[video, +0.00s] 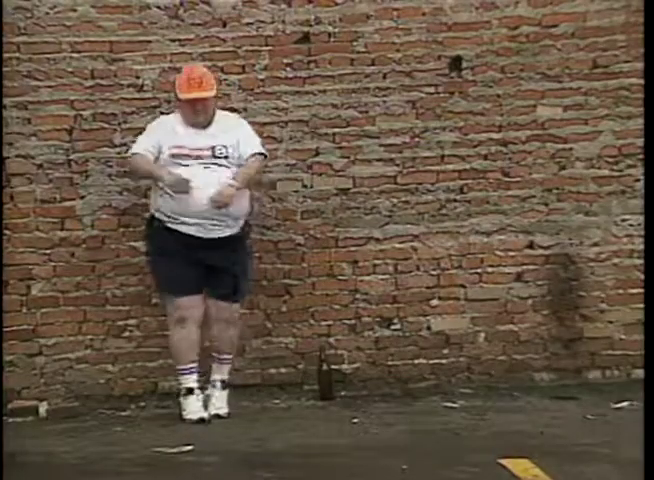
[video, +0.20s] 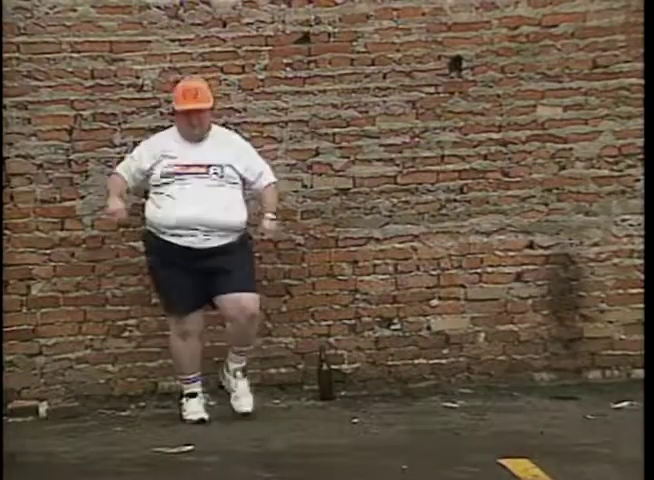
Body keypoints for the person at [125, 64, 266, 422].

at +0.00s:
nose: (198, 107)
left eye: (204, 100)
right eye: (190, 101)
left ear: (215, 97)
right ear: (178, 99)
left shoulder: (235, 126)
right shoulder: (164, 127)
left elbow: (257, 161)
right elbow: (134, 160)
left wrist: (233, 186)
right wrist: (162, 174)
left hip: (226, 236)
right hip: (175, 234)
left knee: (226, 313)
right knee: (184, 312)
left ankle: (219, 386)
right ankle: (190, 390)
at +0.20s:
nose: (195, 120)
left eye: (201, 112)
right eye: (187, 113)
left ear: (211, 110)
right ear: (175, 114)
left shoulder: (233, 145)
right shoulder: (156, 146)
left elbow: (265, 181)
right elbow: (120, 176)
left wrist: (269, 212)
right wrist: (116, 199)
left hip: (228, 245)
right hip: (172, 247)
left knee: (246, 310)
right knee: (185, 325)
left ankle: (236, 370)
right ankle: (192, 394)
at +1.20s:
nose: (189, 105)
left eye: (194, 97)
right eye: (181, 99)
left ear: (203, 96)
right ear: (166, 99)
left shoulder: (220, 127)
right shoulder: (146, 132)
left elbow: (248, 165)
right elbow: (121, 177)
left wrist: (244, 191)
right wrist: (125, 215)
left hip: (215, 243)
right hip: (160, 245)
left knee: (213, 326)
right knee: (170, 327)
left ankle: (218, 404)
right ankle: (181, 403)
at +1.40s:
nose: (178, 114)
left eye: (185, 106)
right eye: (170, 108)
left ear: (199, 108)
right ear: (161, 113)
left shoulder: (224, 138)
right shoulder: (157, 146)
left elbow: (264, 164)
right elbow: (140, 180)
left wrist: (241, 182)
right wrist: (130, 208)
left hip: (213, 256)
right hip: (157, 254)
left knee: (211, 332)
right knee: (147, 321)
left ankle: (217, 407)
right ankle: (176, 388)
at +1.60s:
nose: (163, 128)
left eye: (169, 121)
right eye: (155, 122)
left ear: (182, 111)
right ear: (145, 117)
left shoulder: (207, 136)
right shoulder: (140, 145)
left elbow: (226, 180)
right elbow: (124, 192)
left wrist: (187, 185)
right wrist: (87, 193)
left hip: (219, 245)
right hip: (166, 247)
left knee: (218, 324)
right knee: (165, 319)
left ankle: (219, 406)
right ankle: (170, 403)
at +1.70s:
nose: (170, 132)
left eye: (175, 124)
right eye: (161, 126)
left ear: (185, 113)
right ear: (148, 118)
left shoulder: (203, 139)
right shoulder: (137, 140)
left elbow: (207, 181)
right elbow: (109, 185)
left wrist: (184, 205)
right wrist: (77, 207)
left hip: (217, 243)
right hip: (167, 251)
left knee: (219, 324)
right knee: (173, 327)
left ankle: (225, 406)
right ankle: (181, 408)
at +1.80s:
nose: (171, 134)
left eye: (176, 126)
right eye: (163, 128)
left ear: (188, 117)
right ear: (151, 121)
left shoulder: (205, 144)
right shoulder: (139, 141)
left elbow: (207, 193)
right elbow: (112, 186)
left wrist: (188, 222)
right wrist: (87, 219)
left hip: (211, 242)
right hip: (160, 251)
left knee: (210, 313)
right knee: (161, 328)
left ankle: (227, 396)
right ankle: (181, 409)